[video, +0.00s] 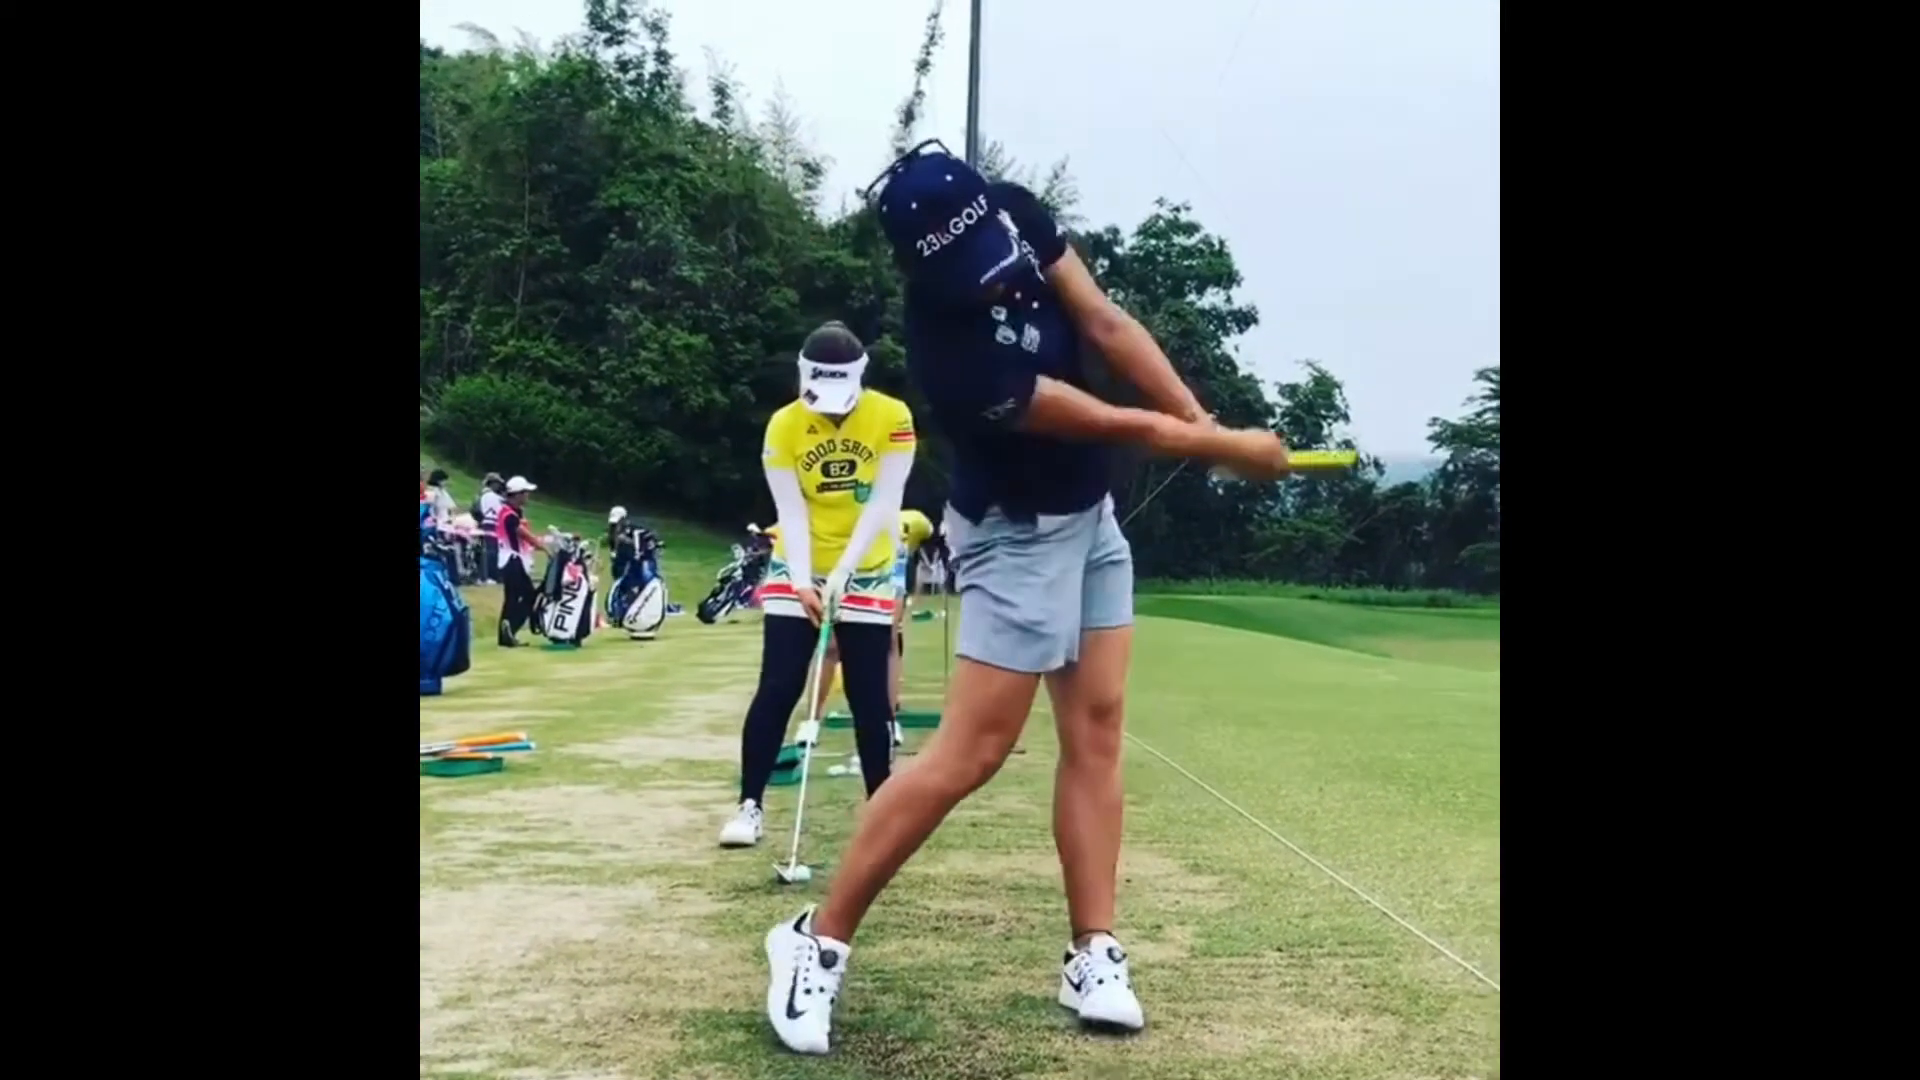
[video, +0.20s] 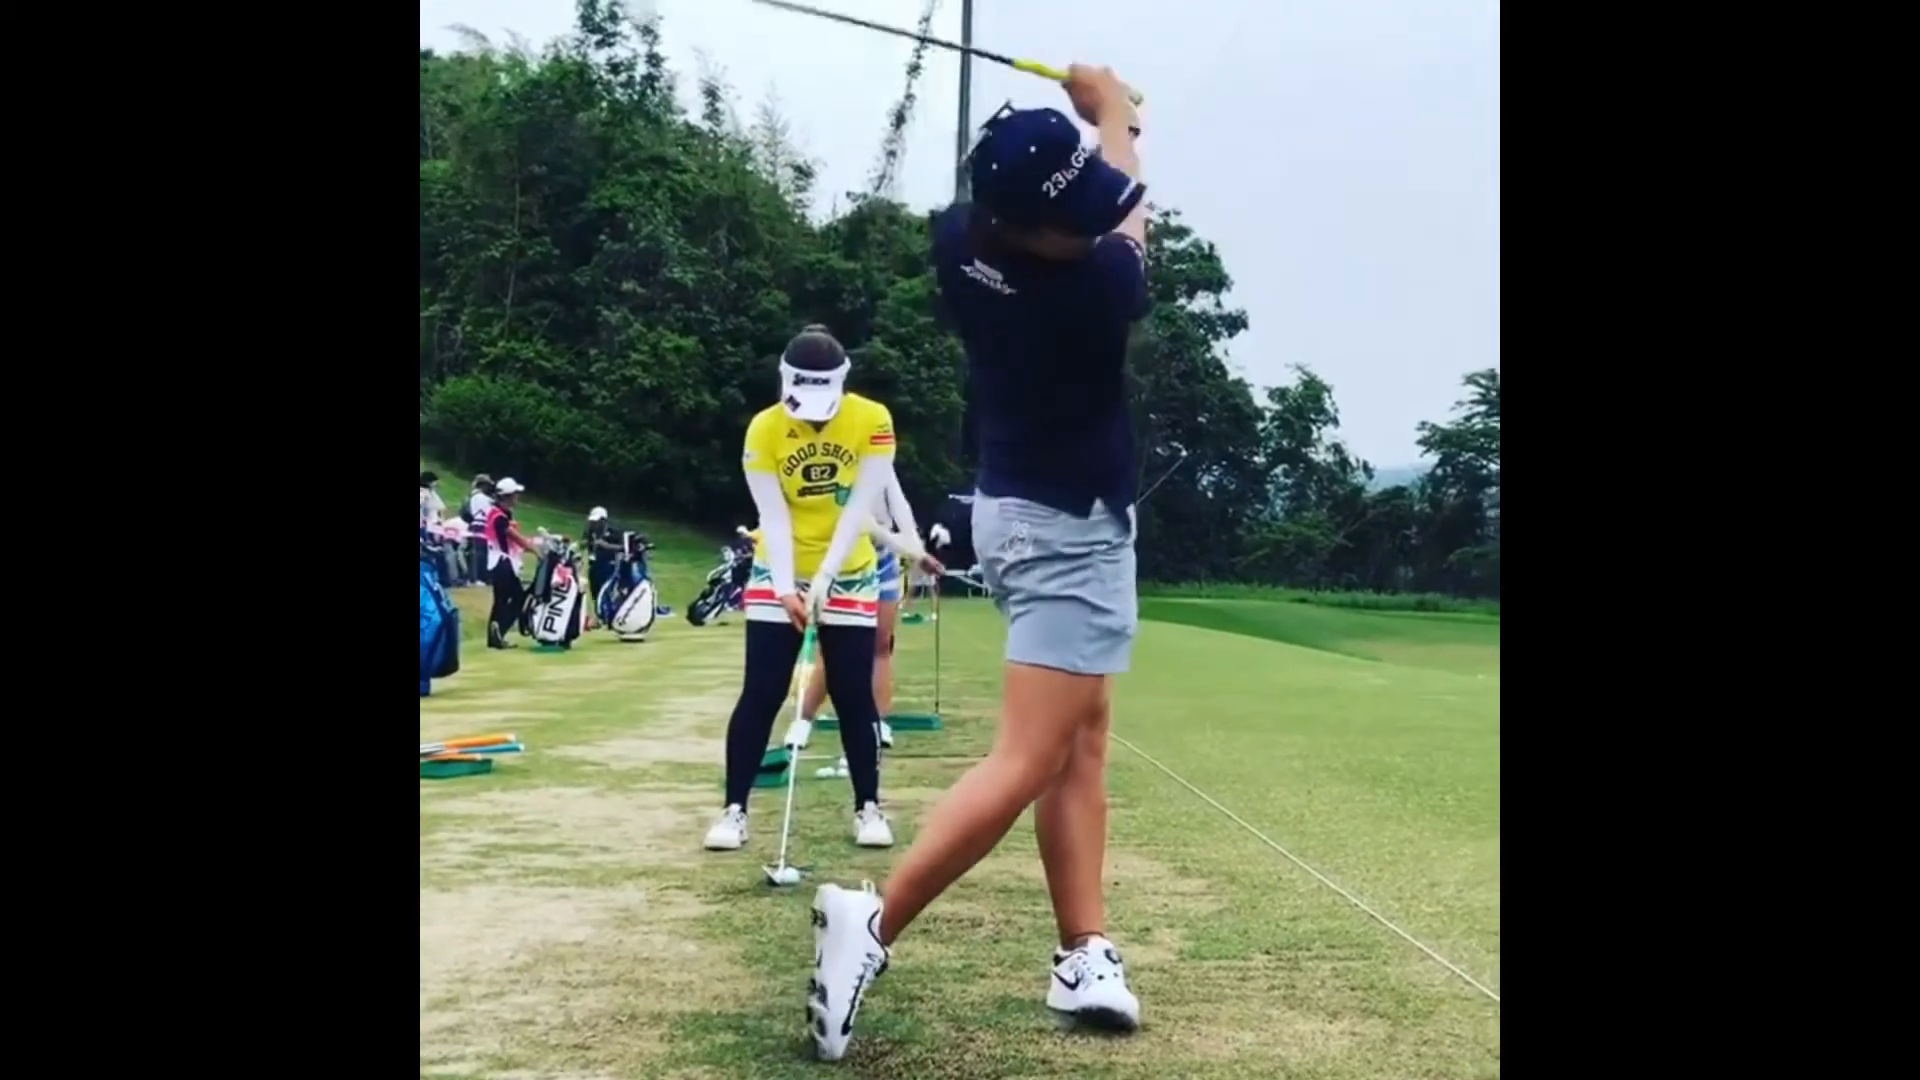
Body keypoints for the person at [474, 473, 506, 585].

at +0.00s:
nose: (500, 487)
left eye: (500, 485)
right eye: (498, 485)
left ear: (487, 484)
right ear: (494, 484)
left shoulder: (483, 496)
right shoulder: (497, 497)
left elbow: (477, 510)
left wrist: (480, 520)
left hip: (485, 524)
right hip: (493, 525)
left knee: (487, 550)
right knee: (493, 551)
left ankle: (485, 575)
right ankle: (492, 575)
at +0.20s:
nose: (490, 489)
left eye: (490, 486)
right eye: (489, 486)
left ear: (477, 486)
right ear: (486, 486)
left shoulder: (473, 498)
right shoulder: (489, 500)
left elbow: (465, 513)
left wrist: (471, 521)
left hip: (473, 527)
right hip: (483, 528)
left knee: (474, 553)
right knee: (482, 553)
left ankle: (473, 577)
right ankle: (481, 577)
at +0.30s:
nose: (485, 489)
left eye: (484, 486)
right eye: (484, 487)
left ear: (472, 486)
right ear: (481, 487)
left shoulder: (468, 498)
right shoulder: (483, 500)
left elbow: (461, 513)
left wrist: (467, 521)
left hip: (468, 527)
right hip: (478, 528)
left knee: (468, 553)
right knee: (477, 553)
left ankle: (467, 578)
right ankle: (477, 578)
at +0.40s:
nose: (481, 490)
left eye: (480, 487)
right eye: (479, 488)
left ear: (468, 487)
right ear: (476, 488)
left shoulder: (464, 499)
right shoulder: (479, 501)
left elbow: (456, 514)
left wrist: (462, 522)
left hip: (464, 529)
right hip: (474, 530)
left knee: (463, 555)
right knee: (473, 555)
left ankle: (463, 578)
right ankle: (473, 578)